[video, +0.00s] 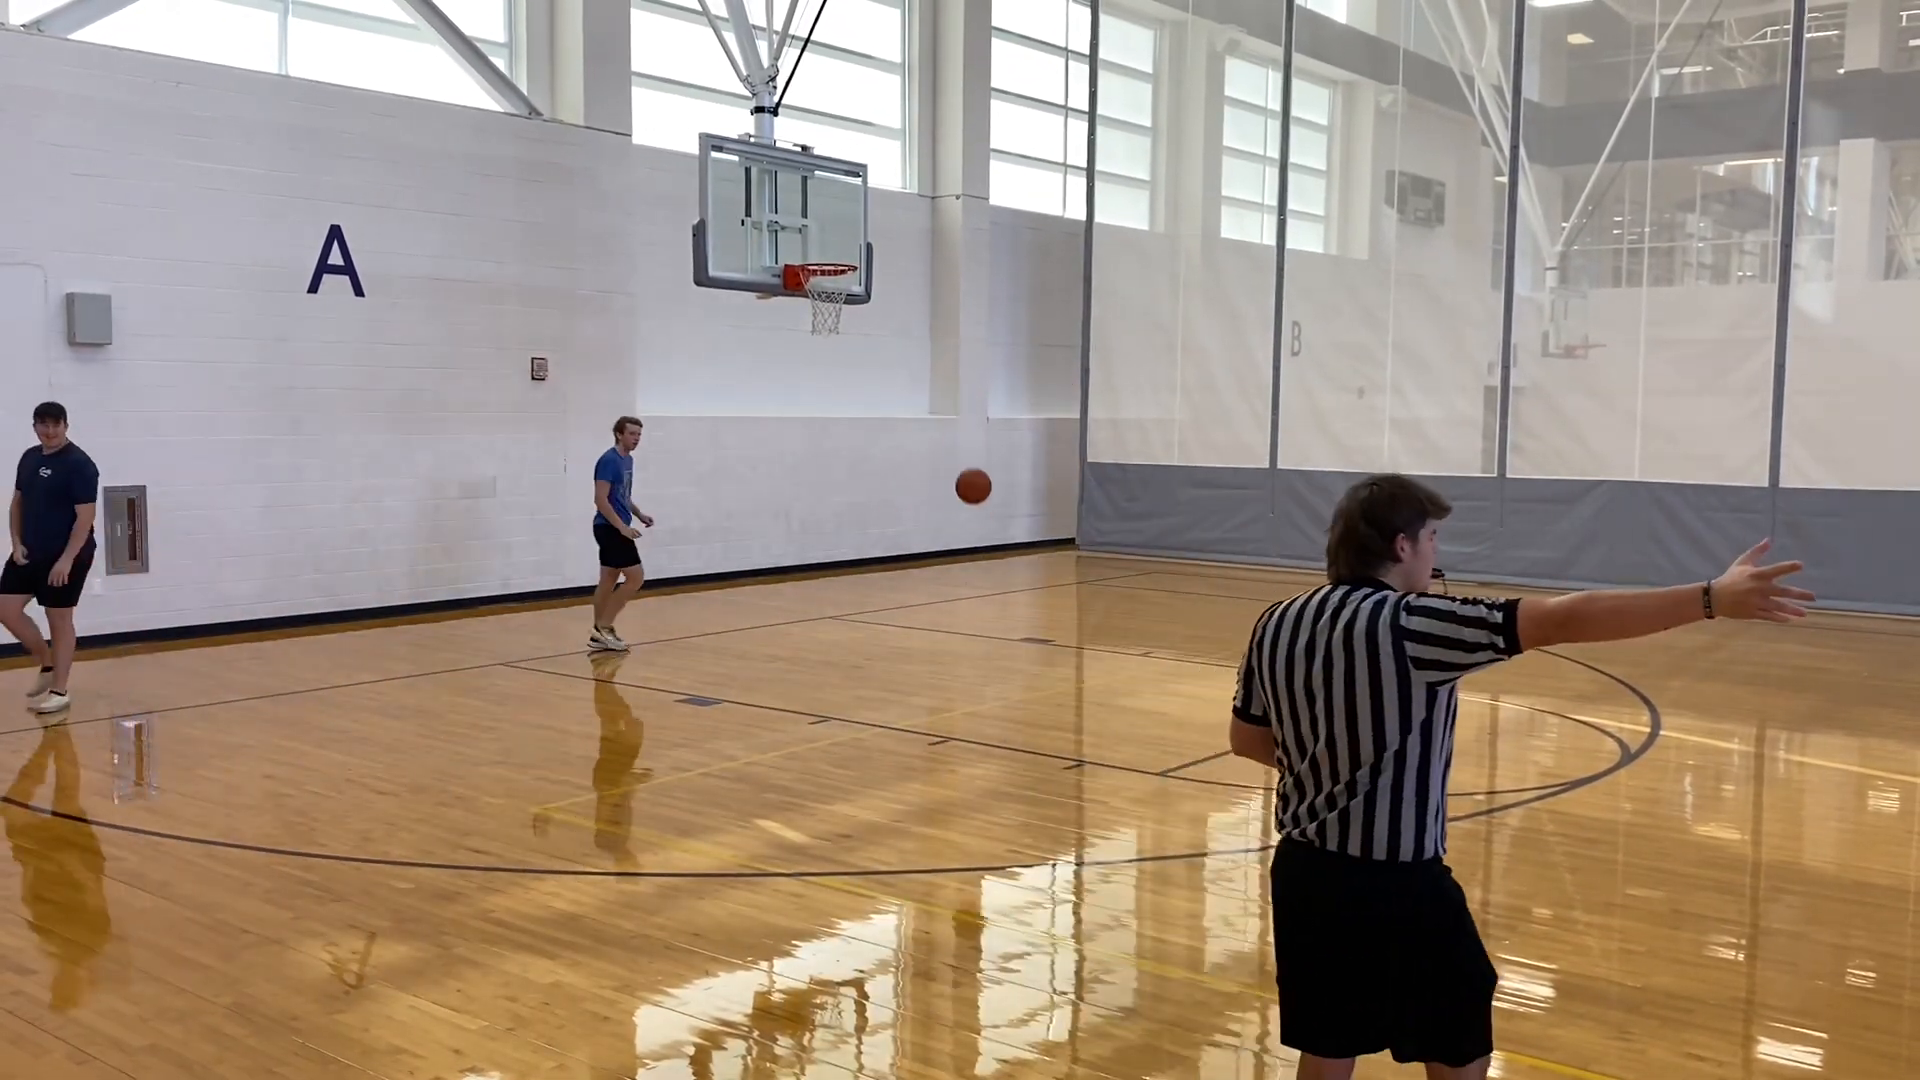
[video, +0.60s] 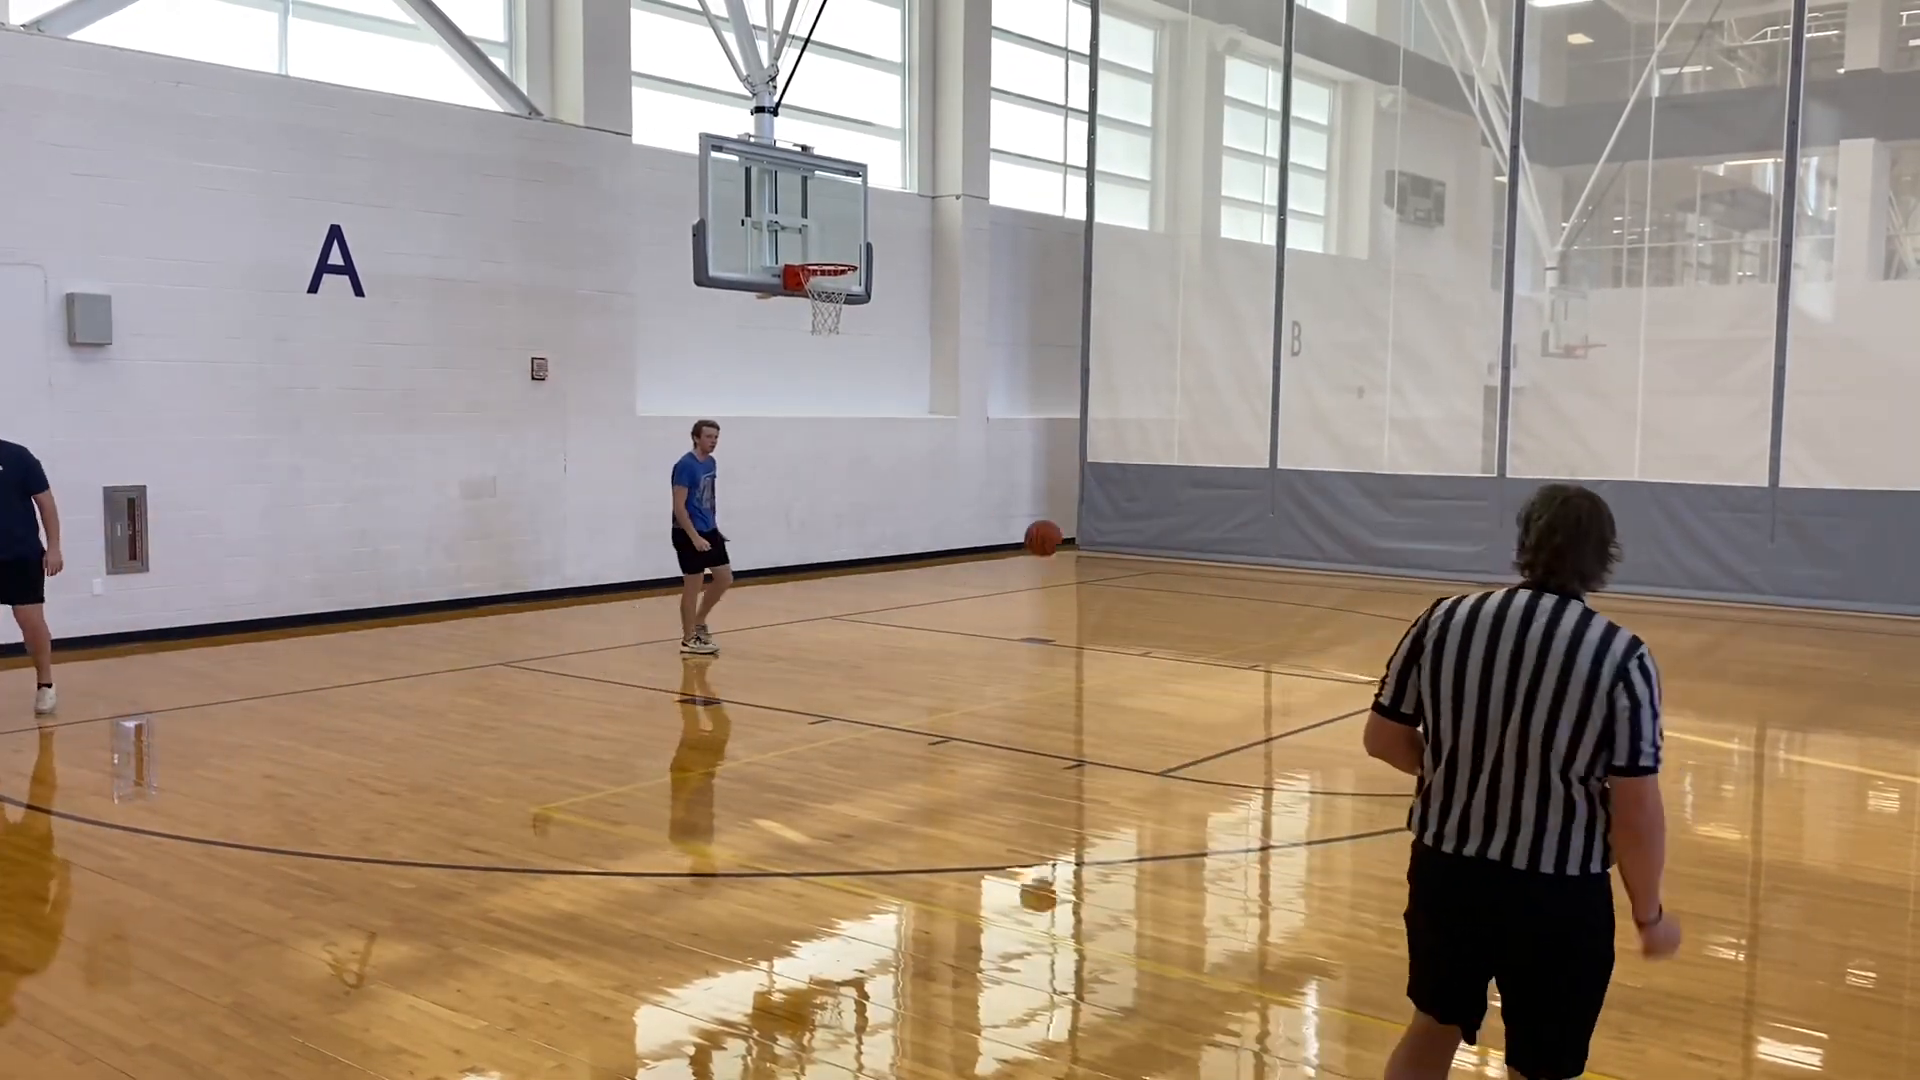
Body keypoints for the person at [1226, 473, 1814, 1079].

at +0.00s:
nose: (1437, 558)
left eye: (1436, 541)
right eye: (1432, 540)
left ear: (1355, 541)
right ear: (1400, 541)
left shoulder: (1277, 624)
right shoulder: (1412, 620)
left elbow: (1246, 736)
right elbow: (1560, 618)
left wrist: (1325, 756)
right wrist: (1709, 598)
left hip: (1302, 875)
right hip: (1401, 882)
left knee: (1324, 1052)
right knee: (1460, 1053)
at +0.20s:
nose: (1479, 569)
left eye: (1478, 553)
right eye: (1479, 555)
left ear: (1396, 552)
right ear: (1463, 557)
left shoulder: (1326, 630)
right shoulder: (1469, 632)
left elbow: (1288, 740)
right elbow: (1633, 640)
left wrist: (1368, 757)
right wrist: (1777, 612)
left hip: (1350, 881)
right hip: (1458, 888)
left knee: (1353, 1057)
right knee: (1496, 1060)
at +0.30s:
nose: (1510, 562)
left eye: (1507, 550)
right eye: (1509, 552)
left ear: (1424, 552)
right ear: (1502, 562)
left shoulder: (1358, 632)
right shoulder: (1506, 637)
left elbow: (1315, 745)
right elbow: (1661, 693)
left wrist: (1397, 758)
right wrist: (1778, 615)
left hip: (1381, 892)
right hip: (1494, 899)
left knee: (1378, 1059)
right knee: (1510, 1066)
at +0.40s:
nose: (1547, 554)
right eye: (1546, 544)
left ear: (1462, 546)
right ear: (1541, 555)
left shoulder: (1391, 626)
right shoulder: (1549, 643)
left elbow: (1343, 741)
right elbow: (1655, 758)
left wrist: (1416, 764)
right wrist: (1712, 669)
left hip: (1410, 883)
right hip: (1522, 894)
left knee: (1403, 1047)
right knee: (1530, 1065)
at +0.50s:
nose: (1579, 557)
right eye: (1579, 546)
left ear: (1499, 544)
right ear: (1576, 555)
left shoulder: (1422, 621)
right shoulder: (1588, 649)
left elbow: (1365, 738)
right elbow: (1624, 796)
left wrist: (1445, 759)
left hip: (1433, 883)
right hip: (1545, 896)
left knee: (1419, 1037)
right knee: (1533, 1068)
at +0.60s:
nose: (1608, 559)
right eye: (1605, 548)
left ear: (1526, 545)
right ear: (1600, 558)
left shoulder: (1443, 621)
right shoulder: (1622, 657)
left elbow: (1383, 736)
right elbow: (1635, 808)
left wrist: (1450, 766)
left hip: (1446, 884)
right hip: (1559, 903)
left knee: (1434, 1023)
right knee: (1543, 1067)